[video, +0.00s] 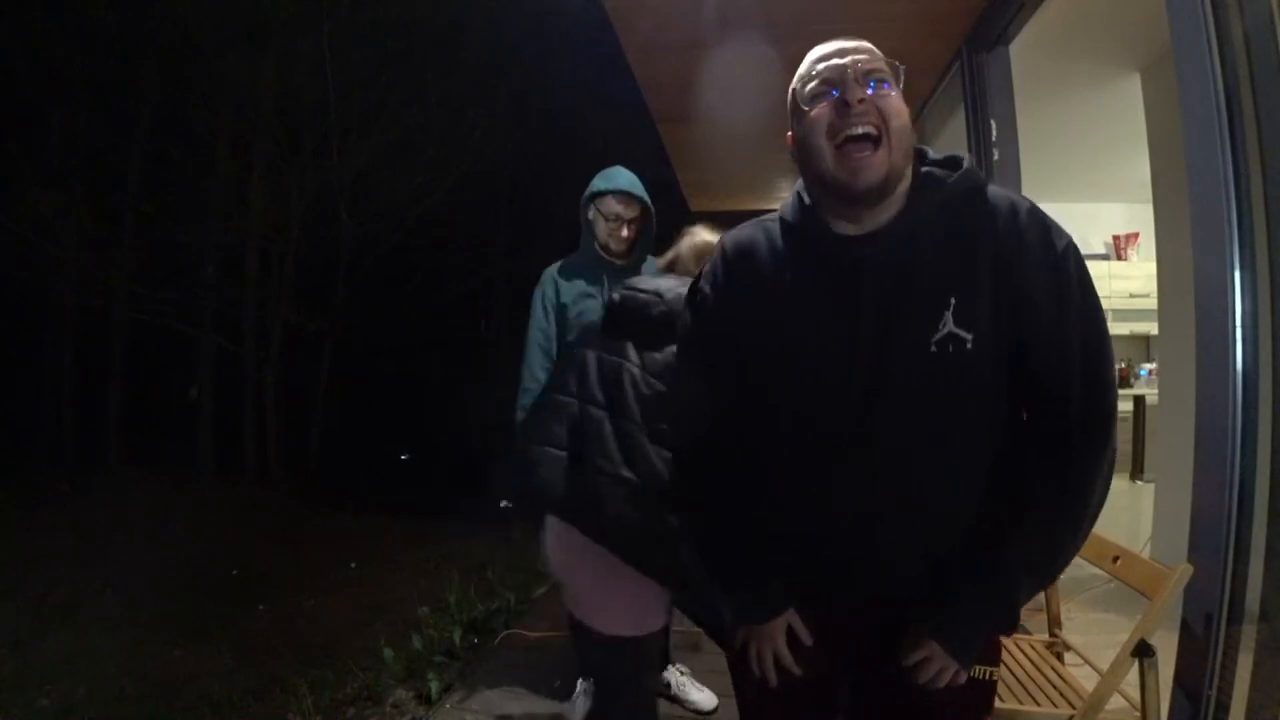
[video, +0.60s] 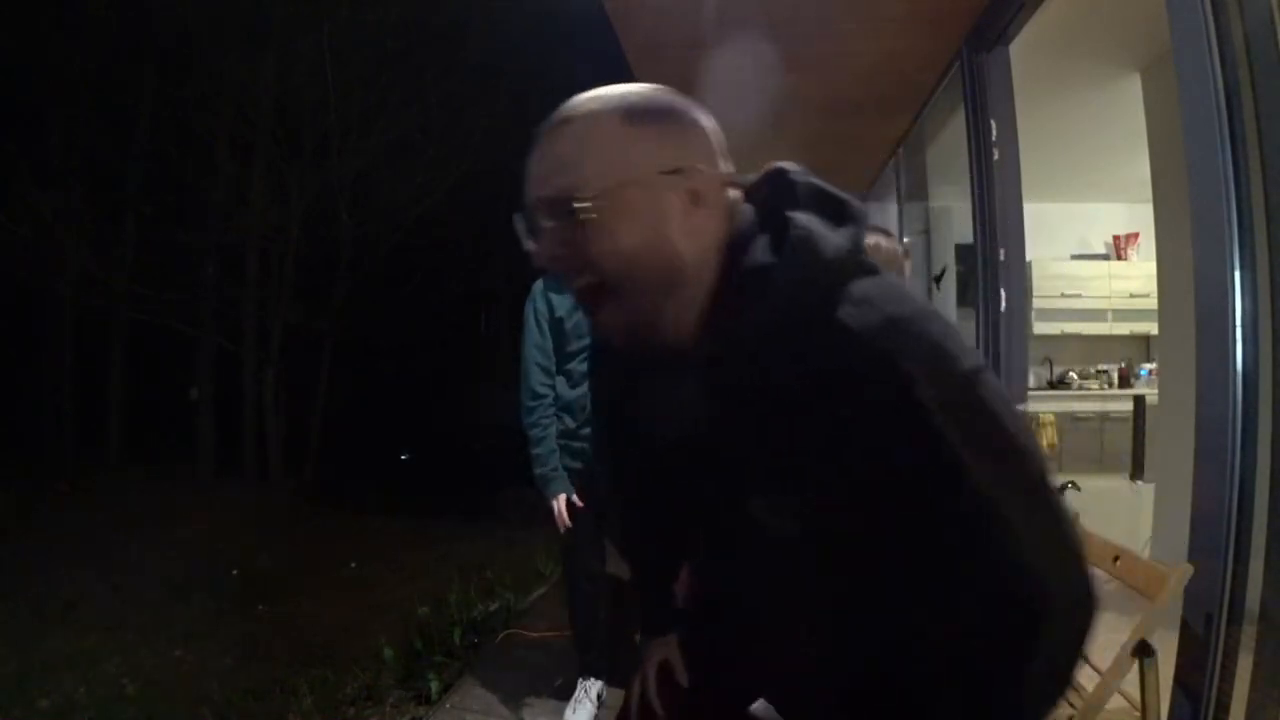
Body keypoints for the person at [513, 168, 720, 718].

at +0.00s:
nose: (622, 230)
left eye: (632, 221)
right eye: (611, 218)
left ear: (645, 229)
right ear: (589, 217)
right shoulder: (559, 282)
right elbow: (536, 378)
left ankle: (664, 665)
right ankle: (587, 678)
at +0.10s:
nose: (619, 229)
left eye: (628, 219)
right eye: (608, 218)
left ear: (640, 221)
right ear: (585, 218)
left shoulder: (657, 276)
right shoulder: (557, 282)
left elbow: (676, 361)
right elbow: (536, 377)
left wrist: (677, 443)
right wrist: (535, 465)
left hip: (646, 444)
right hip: (578, 447)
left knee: (649, 553)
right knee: (584, 565)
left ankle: (663, 675)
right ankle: (590, 675)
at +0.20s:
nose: (619, 229)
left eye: (628, 218)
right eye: (607, 217)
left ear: (638, 221)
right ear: (583, 218)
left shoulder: (653, 276)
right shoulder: (554, 284)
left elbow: (673, 364)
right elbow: (537, 382)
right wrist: (542, 466)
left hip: (640, 451)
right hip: (576, 453)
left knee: (655, 560)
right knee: (583, 570)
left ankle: (667, 674)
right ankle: (591, 674)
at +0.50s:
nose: (613, 222)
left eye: (619, 211)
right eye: (601, 212)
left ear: (630, 219)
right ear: (577, 220)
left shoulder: (648, 283)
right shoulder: (550, 291)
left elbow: (681, 367)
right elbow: (536, 391)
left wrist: (649, 327)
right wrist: (549, 476)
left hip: (643, 453)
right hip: (580, 458)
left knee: (657, 563)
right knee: (586, 573)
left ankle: (670, 666)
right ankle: (591, 674)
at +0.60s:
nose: (570, 244)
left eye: (581, 231)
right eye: (557, 232)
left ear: (608, 233)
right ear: (547, 240)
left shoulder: (640, 285)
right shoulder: (549, 295)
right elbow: (538, 396)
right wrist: (552, 476)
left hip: (642, 461)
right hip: (582, 464)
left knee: (653, 569)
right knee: (583, 575)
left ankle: (664, 670)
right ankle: (592, 675)